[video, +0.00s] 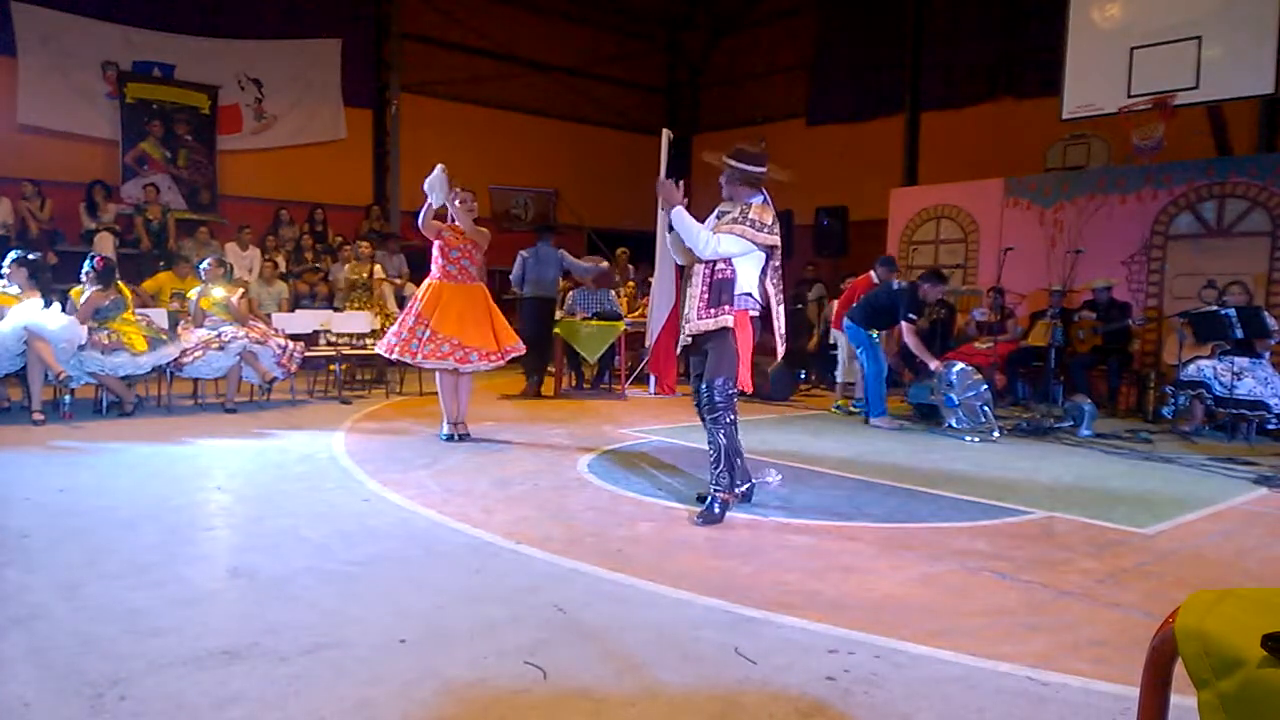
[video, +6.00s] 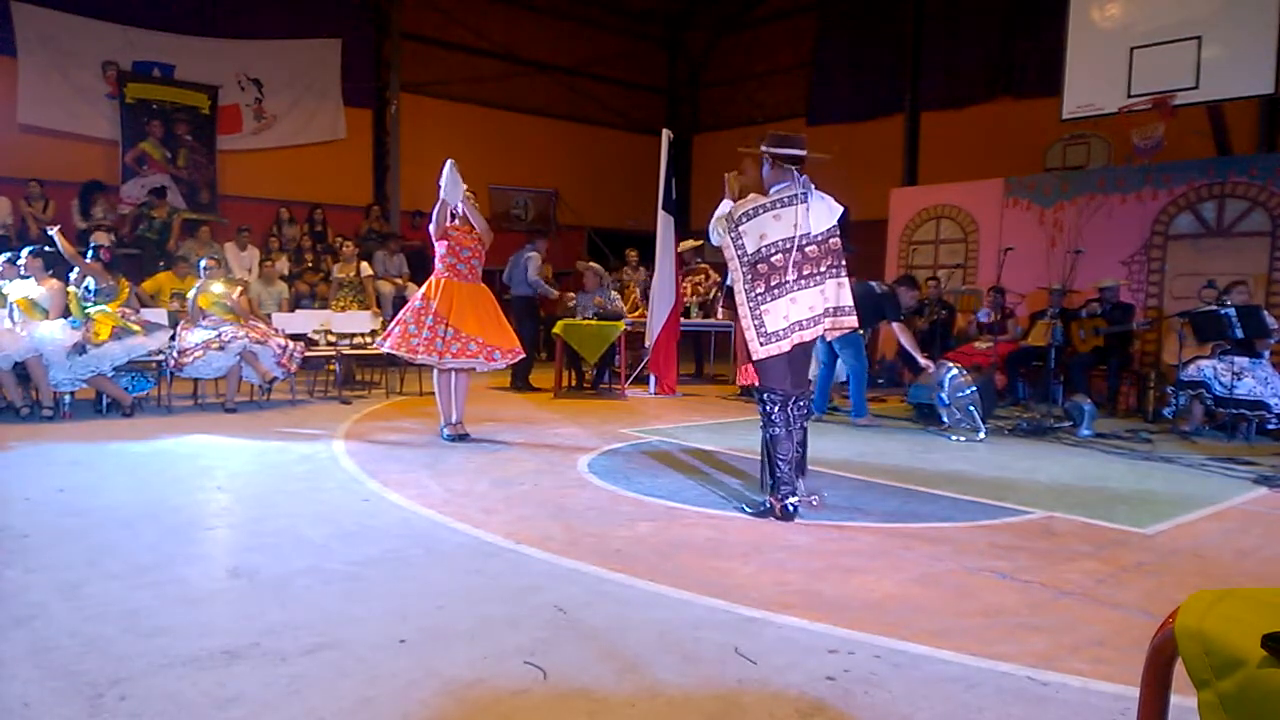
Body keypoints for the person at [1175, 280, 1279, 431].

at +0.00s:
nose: (1235, 297)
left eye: (1240, 293)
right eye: (1231, 294)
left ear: (1248, 297)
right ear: (1223, 298)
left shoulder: (1258, 315)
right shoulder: (1215, 316)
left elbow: (1265, 346)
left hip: (1254, 364)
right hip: (1222, 362)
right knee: (1197, 368)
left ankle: (1243, 424)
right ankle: (1197, 419)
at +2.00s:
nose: (1226, 297)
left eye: (1232, 293)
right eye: (1225, 293)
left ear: (1245, 298)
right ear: (1222, 296)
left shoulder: (1257, 315)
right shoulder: (1219, 315)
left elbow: (1265, 345)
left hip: (1253, 364)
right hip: (1223, 363)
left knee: (1246, 382)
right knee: (1198, 369)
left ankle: (1241, 426)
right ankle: (1196, 420)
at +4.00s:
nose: (1238, 296)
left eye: (1243, 293)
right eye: (1233, 293)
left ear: (1248, 297)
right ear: (1224, 296)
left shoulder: (1257, 315)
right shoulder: (1216, 315)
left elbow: (1265, 346)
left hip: (1253, 364)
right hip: (1222, 363)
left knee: (1248, 381)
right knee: (1199, 368)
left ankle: (1242, 426)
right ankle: (1195, 419)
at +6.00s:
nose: (1244, 297)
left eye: (1246, 293)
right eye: (1239, 293)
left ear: (1250, 296)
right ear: (1227, 297)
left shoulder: (1258, 314)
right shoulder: (1218, 315)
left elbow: (1265, 345)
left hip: (1253, 364)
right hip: (1222, 362)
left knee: (1248, 381)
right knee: (1198, 368)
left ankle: (1243, 425)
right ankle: (1196, 419)